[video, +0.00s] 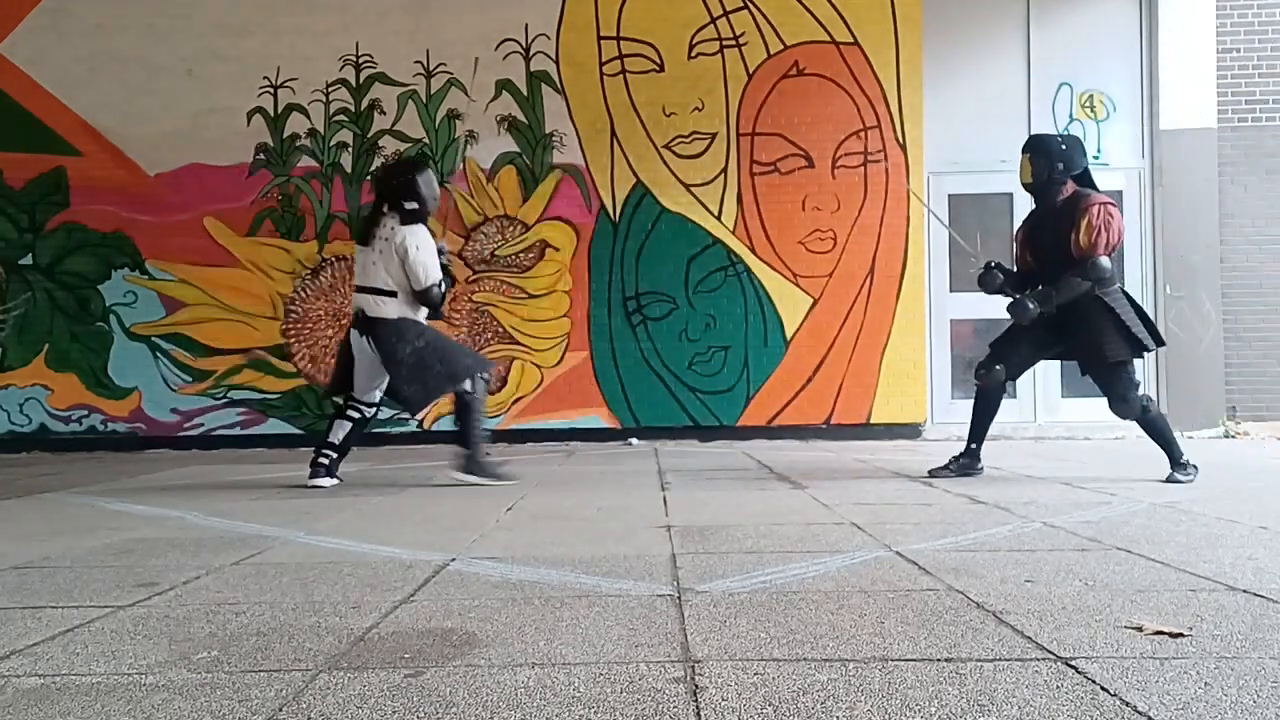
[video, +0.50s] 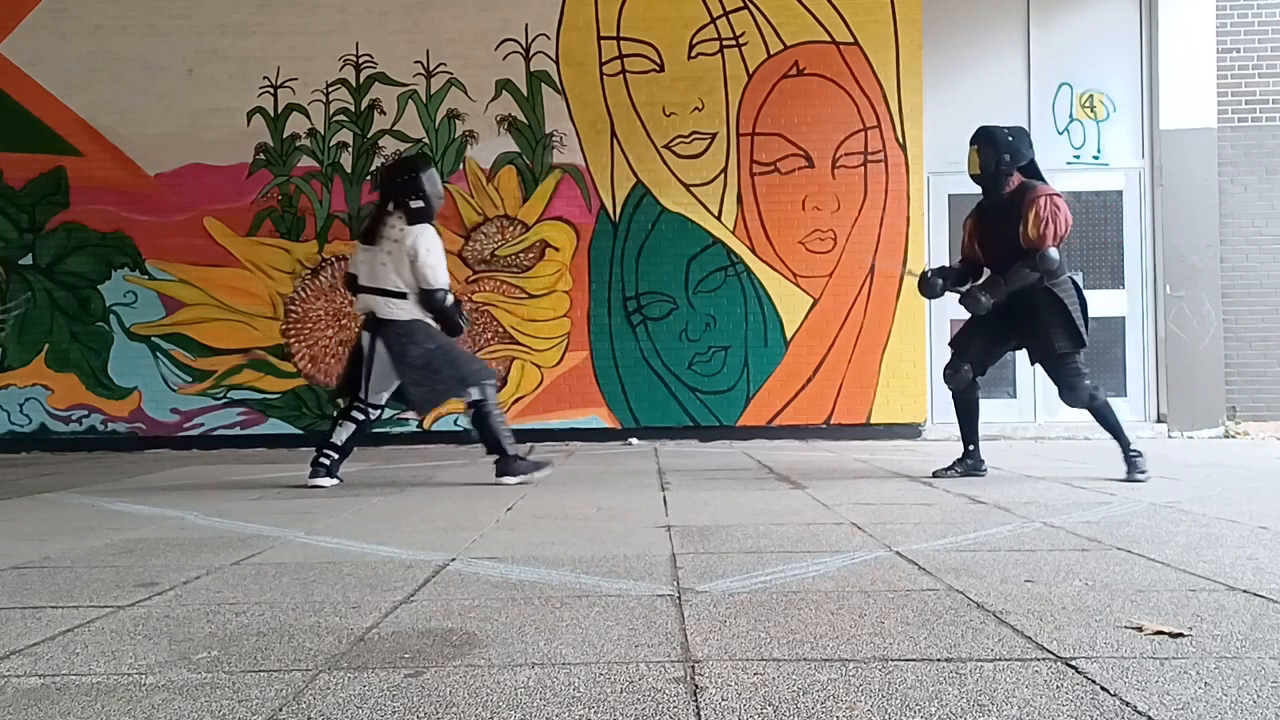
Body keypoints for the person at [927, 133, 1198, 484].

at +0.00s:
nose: (1026, 173)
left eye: (1034, 165)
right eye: (1026, 165)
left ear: (1060, 169)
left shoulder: (1095, 209)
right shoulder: (1031, 226)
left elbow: (1098, 270)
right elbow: (1031, 281)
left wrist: (1041, 300)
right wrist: (1006, 281)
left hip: (1094, 315)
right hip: (1049, 317)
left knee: (1125, 397)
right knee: (992, 371)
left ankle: (1180, 462)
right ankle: (970, 456)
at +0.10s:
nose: (1021, 172)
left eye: (1028, 164)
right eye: (1021, 164)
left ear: (1054, 167)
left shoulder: (1089, 209)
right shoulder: (1027, 227)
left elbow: (1091, 271)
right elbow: (1027, 283)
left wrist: (1033, 299)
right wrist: (998, 278)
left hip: (1090, 316)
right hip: (1044, 318)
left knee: (1122, 398)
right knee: (986, 371)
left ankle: (1180, 461)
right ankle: (973, 457)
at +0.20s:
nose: (1010, 175)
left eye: (1017, 167)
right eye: (1009, 167)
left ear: (1043, 169)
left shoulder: (1076, 211)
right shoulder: (1015, 227)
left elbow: (1077, 273)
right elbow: (1014, 283)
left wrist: (1017, 299)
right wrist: (986, 276)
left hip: (1077, 315)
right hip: (1034, 319)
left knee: (1116, 397)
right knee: (975, 370)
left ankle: (1178, 461)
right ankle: (972, 457)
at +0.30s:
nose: (997, 176)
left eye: (1004, 167)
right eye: (997, 168)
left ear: (1030, 171)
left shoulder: (1062, 211)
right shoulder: (1001, 227)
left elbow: (1061, 272)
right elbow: (1000, 282)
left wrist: (1001, 298)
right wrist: (970, 275)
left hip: (1066, 315)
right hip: (1021, 318)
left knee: (1109, 395)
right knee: (965, 371)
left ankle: (1174, 459)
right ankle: (972, 457)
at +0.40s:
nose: (983, 169)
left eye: (991, 161)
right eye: (983, 161)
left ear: (1017, 165)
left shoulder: (1047, 206)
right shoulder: (986, 222)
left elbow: (1049, 267)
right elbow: (985, 275)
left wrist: (991, 293)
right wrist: (957, 276)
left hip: (1052, 307)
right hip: (1007, 311)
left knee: (1094, 393)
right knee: (960, 373)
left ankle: (1157, 451)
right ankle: (972, 457)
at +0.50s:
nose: (975, 169)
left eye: (982, 160)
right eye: (974, 160)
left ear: (1007, 162)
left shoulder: (1041, 201)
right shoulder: (979, 217)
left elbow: (1044, 262)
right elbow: (970, 267)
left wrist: (991, 290)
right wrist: (945, 278)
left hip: (1046, 301)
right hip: (1004, 306)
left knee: (1075, 391)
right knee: (960, 372)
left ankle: (1129, 450)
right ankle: (972, 458)